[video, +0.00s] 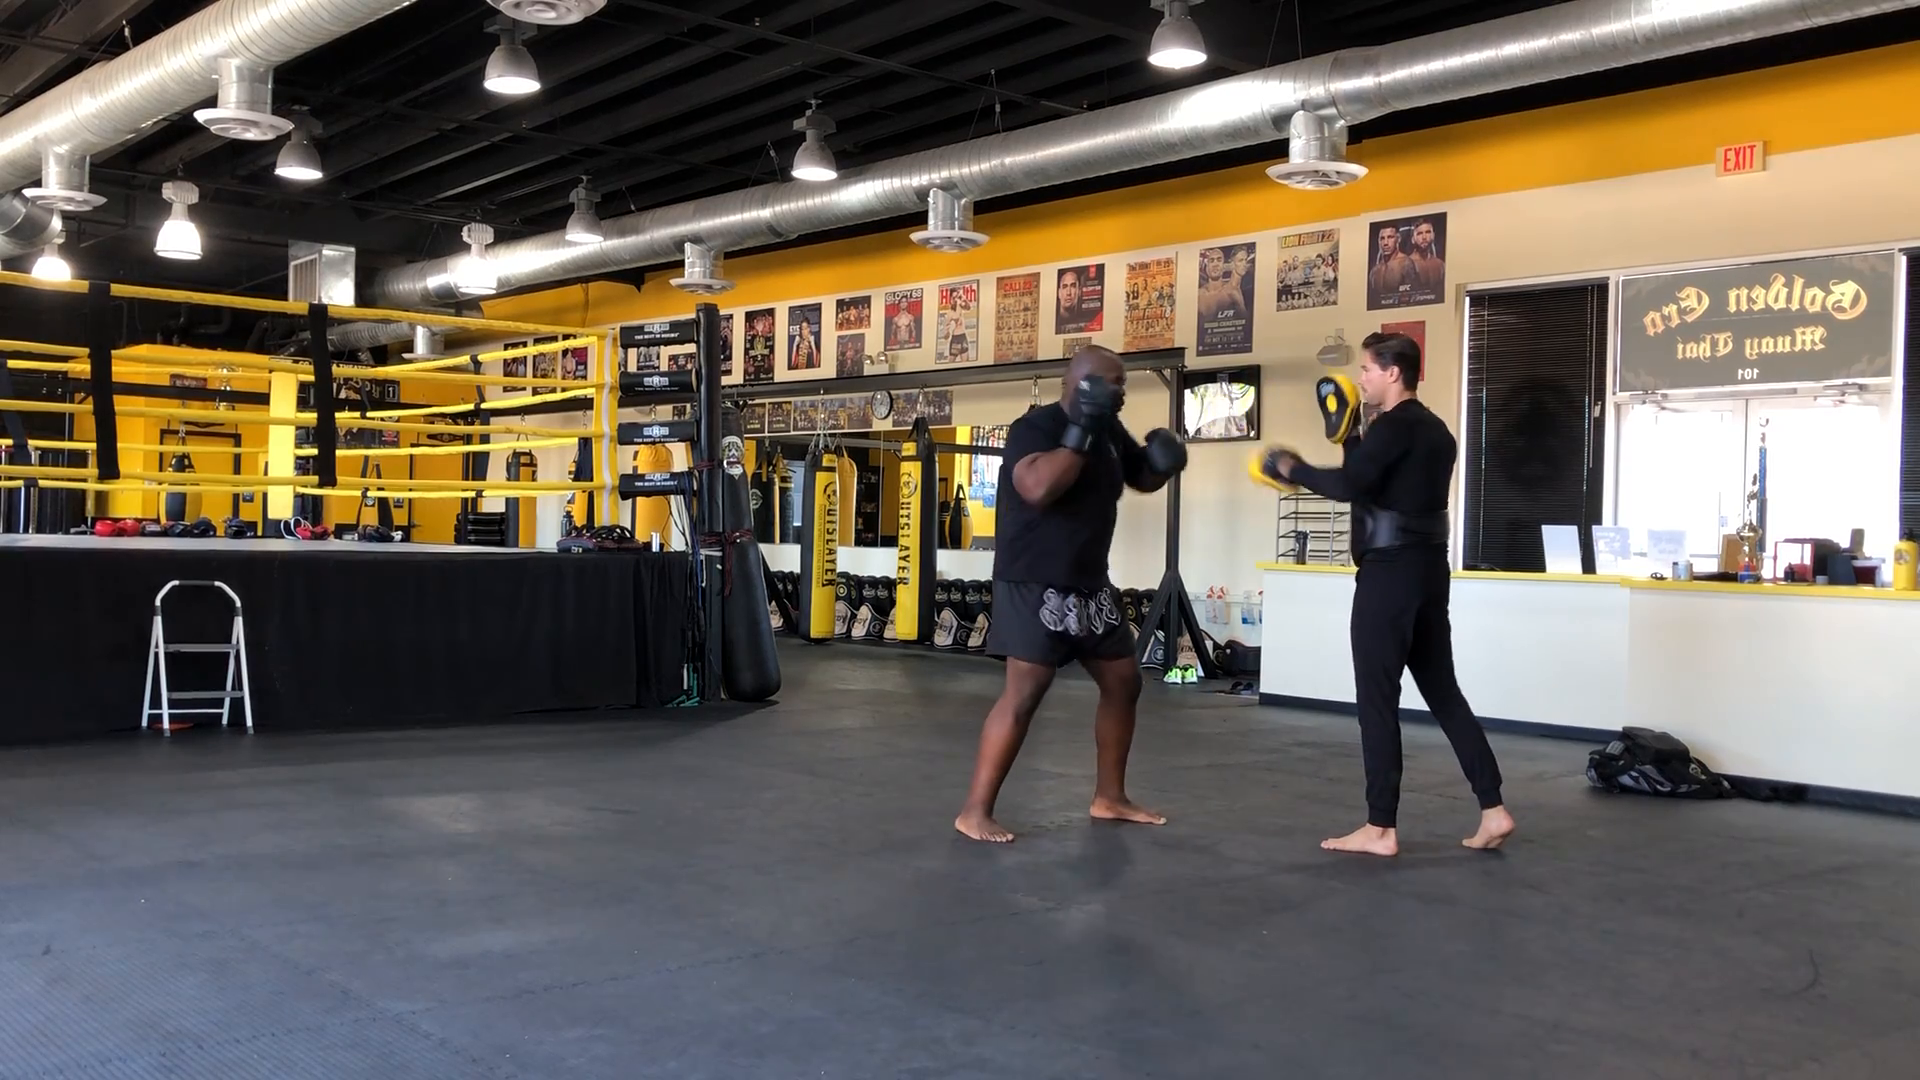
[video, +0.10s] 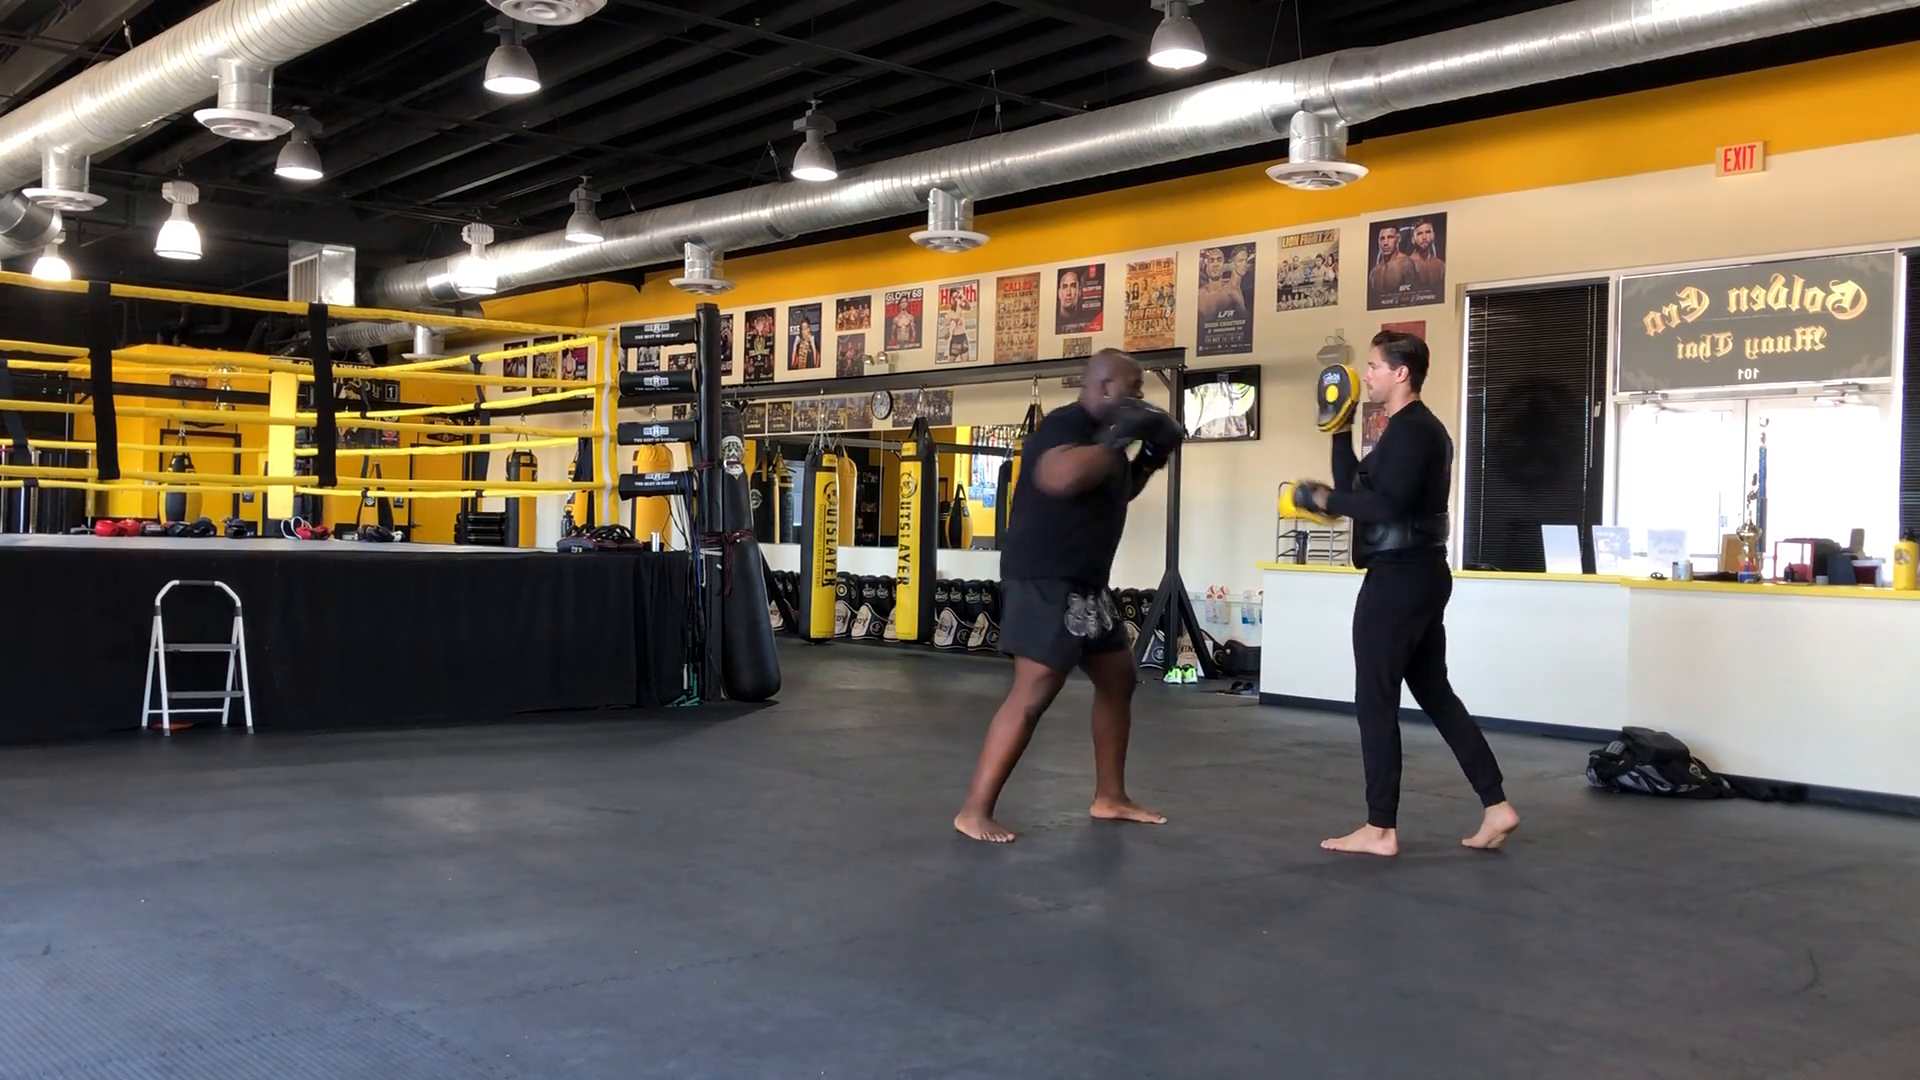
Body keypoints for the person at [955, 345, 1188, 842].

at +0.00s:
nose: (1115, 395)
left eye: (1120, 387)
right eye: (1106, 385)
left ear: (1118, 389)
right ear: (1075, 383)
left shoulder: (1110, 431)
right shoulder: (1035, 427)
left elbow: (1143, 479)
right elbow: (1035, 487)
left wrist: (1159, 461)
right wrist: (1082, 432)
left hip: (1090, 585)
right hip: (1032, 584)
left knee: (1122, 680)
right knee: (1022, 693)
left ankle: (1110, 797)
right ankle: (974, 813)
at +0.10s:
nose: (1132, 398)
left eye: (1135, 391)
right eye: (1125, 389)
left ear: (1127, 393)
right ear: (1096, 385)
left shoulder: (1108, 438)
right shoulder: (1063, 424)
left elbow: (1120, 492)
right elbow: (1056, 474)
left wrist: (1152, 456)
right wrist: (1118, 438)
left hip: (1088, 583)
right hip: (1042, 581)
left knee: (1117, 677)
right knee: (1033, 689)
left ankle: (1110, 796)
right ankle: (974, 812)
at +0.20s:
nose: (1152, 401)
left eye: (1152, 394)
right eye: (1146, 392)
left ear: (1105, 388)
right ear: (1118, 388)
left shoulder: (1075, 424)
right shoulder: (1102, 421)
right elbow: (1173, 436)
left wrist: (1189, 438)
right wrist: (1245, 422)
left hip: (1075, 574)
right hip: (1052, 571)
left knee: (1106, 674)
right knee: (1037, 685)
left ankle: (1108, 796)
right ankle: (973, 810)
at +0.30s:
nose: (1156, 409)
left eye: (1156, 403)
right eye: (1152, 400)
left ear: (1111, 389)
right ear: (1128, 388)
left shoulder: (1072, 424)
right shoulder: (1119, 415)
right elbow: (1207, 422)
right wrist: (1269, 415)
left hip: (1081, 569)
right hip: (1060, 564)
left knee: (1103, 677)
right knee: (1038, 683)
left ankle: (1108, 796)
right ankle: (972, 805)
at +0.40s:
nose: (1160, 406)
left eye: (1161, 399)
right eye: (1158, 397)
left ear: (1115, 387)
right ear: (1134, 387)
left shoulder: (1077, 422)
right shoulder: (1119, 415)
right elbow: (1192, 434)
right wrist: (1241, 430)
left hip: (1086, 568)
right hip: (1064, 561)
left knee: (1107, 672)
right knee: (1044, 675)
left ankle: (1109, 796)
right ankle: (975, 798)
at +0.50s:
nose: (1160, 402)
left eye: (1162, 395)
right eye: (1156, 393)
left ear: (1125, 382)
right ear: (1130, 383)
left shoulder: (1118, 423)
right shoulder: (1100, 412)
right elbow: (1129, 460)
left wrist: (1167, 435)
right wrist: (1190, 442)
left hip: (1095, 567)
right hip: (1062, 558)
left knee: (1109, 671)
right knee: (1046, 672)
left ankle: (1109, 796)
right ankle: (979, 794)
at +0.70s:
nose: (1143, 389)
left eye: (1145, 380)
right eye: (1137, 379)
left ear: (1123, 378)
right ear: (1105, 373)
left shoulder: (1123, 428)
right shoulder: (1061, 419)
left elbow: (1131, 496)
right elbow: (1059, 493)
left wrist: (1169, 464)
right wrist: (1121, 454)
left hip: (1106, 567)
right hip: (1052, 562)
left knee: (1111, 676)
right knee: (1041, 673)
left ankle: (1109, 797)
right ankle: (982, 799)